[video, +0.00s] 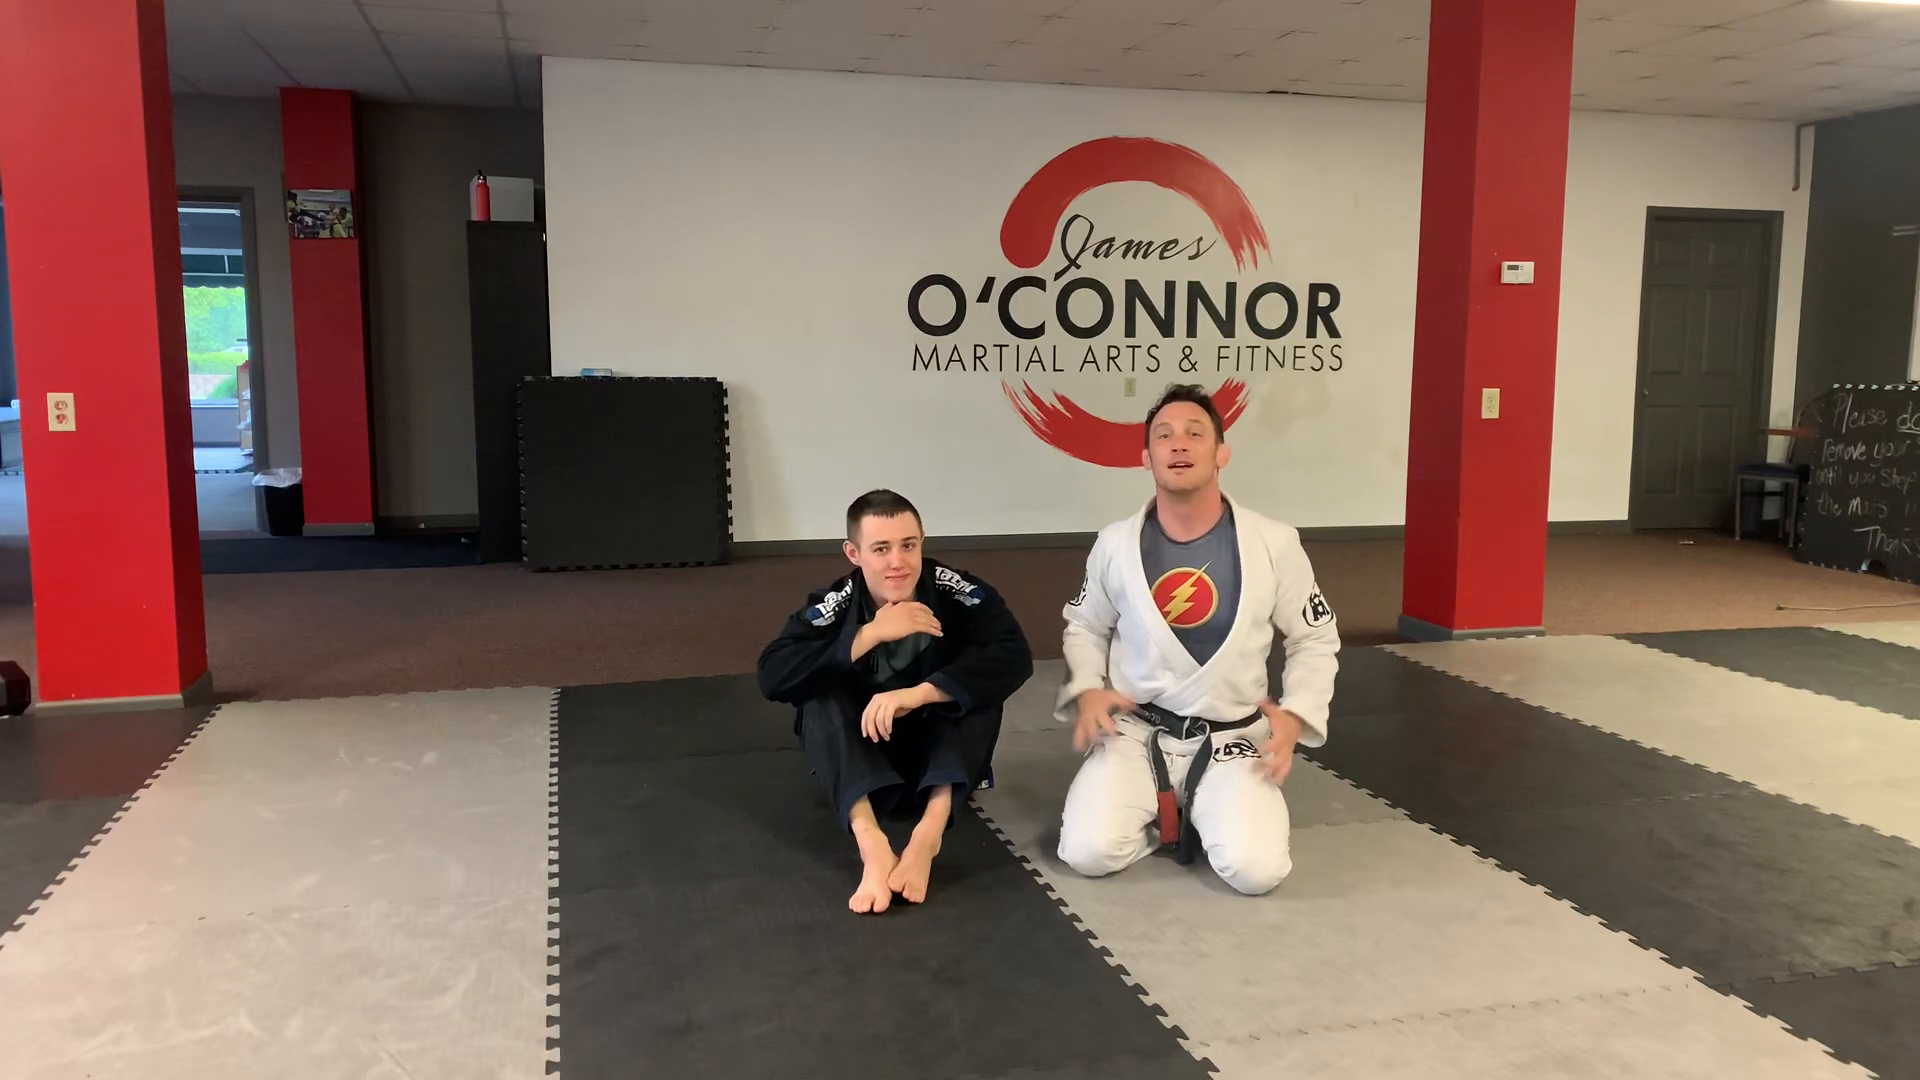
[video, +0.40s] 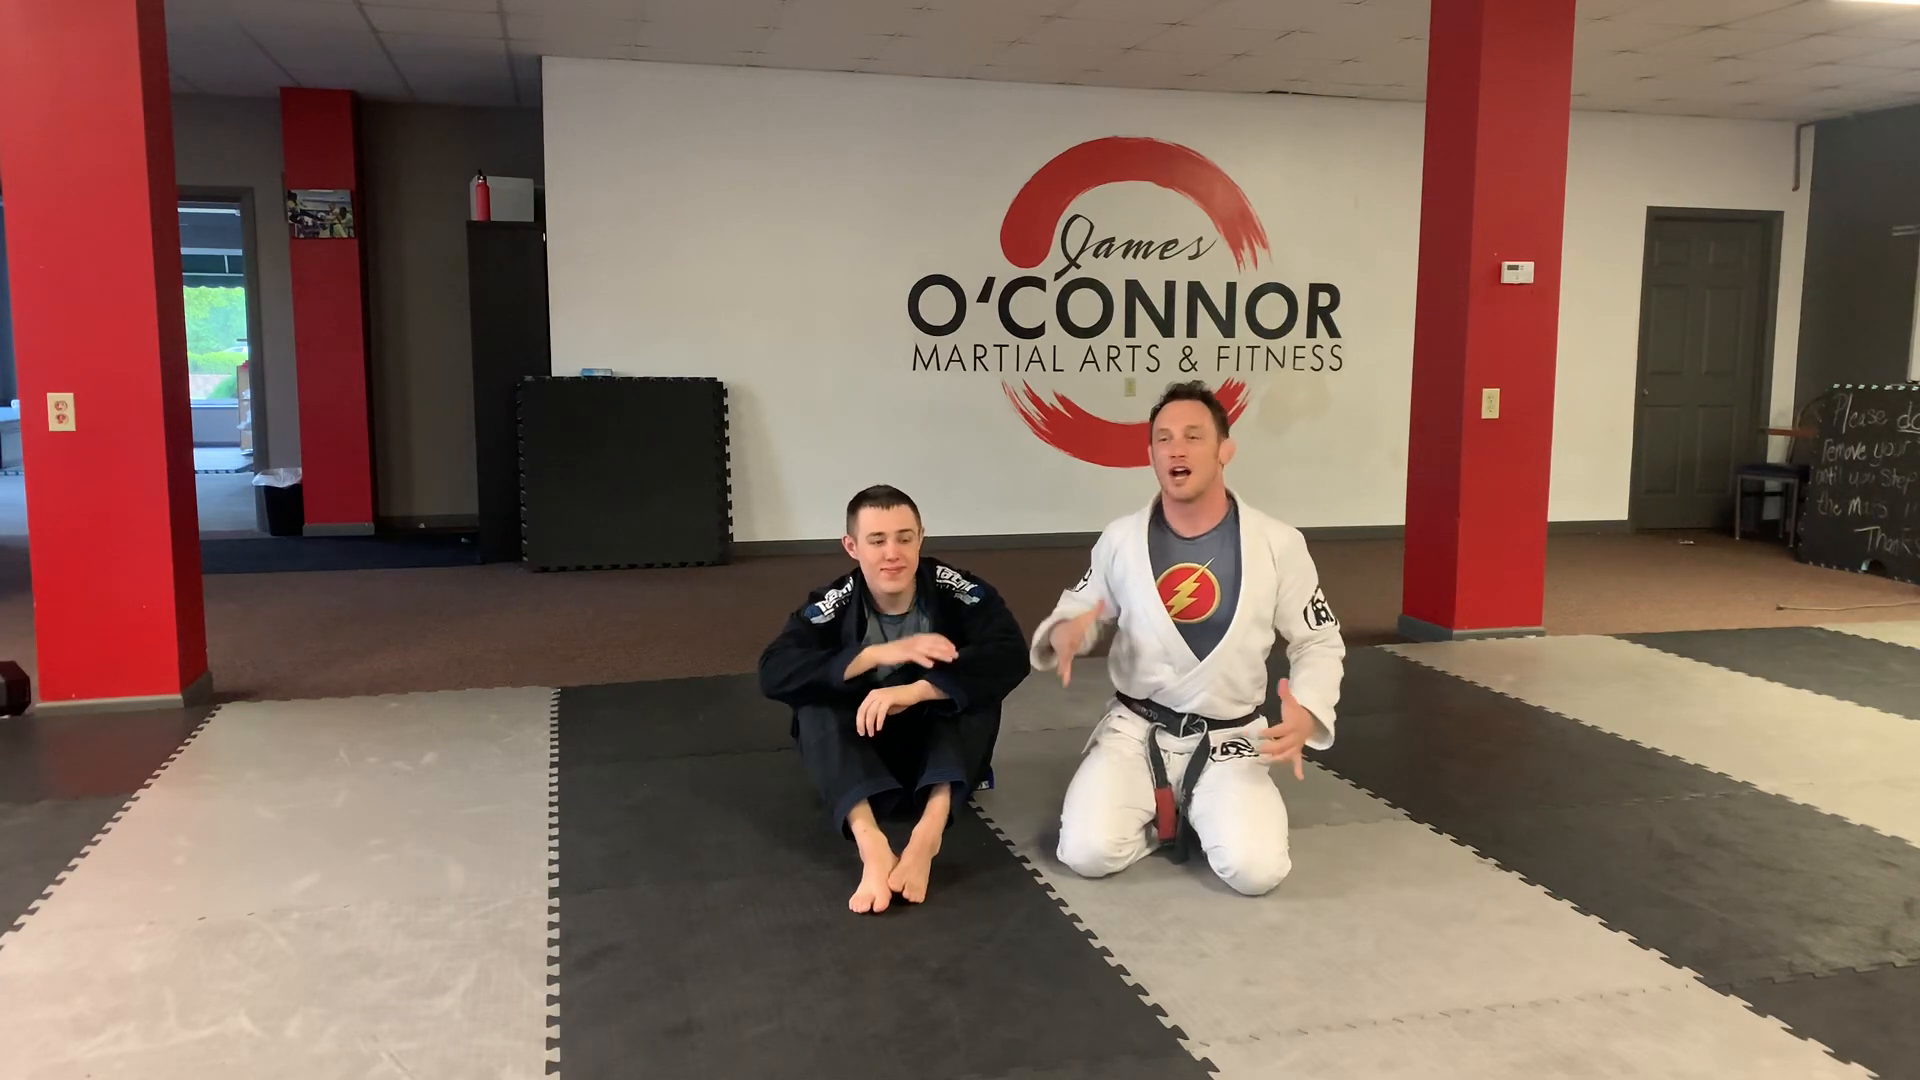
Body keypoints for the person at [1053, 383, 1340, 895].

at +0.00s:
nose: (1178, 443)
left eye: (1194, 432)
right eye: (1164, 434)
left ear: (1222, 455)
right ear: (1146, 460)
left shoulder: (1273, 544)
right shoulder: (1115, 545)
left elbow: (1314, 639)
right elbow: (1086, 626)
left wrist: (1295, 715)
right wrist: (1090, 687)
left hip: (1233, 736)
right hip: (1136, 728)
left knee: (1258, 871)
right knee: (1087, 852)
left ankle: (1212, 803)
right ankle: (1164, 812)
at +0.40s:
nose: (1176, 452)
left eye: (1193, 436)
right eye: (1164, 439)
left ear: (1225, 451)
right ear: (1151, 454)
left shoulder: (1277, 545)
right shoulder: (1120, 541)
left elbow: (1318, 640)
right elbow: (1077, 613)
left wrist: (1308, 710)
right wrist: (1066, 632)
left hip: (1231, 738)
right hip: (1135, 729)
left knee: (1258, 871)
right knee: (1086, 853)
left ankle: (1212, 802)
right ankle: (1166, 811)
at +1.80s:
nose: (1126, 462)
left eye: (1142, 447)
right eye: (1113, 449)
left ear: (1176, 458)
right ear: (1101, 462)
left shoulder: (1239, 545)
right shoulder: (1089, 553)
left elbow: (1282, 657)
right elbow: (1051, 615)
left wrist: (1242, 748)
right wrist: (981, 569)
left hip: (1212, 739)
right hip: (1119, 733)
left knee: (1249, 872)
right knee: (1048, 842)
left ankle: (1191, 805)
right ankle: (1157, 810)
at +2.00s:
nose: (1123, 463)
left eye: (1139, 448)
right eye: (1110, 450)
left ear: (1173, 458)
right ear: (1098, 463)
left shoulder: (1235, 546)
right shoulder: (1086, 553)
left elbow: (1277, 659)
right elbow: (1049, 614)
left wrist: (1231, 750)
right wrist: (978, 569)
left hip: (1207, 739)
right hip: (1113, 732)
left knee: (1245, 871)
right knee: (1045, 840)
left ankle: (1185, 804)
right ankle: (1151, 811)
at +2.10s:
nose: (1121, 464)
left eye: (1138, 448)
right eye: (1109, 451)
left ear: (1171, 459)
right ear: (1097, 463)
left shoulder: (1233, 546)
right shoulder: (1085, 554)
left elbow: (1276, 659)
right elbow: (1047, 615)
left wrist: (1229, 750)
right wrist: (977, 569)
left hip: (1205, 739)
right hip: (1111, 732)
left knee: (1245, 872)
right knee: (1044, 840)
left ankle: (1184, 803)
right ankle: (1152, 811)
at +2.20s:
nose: (1119, 464)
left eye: (1136, 449)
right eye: (1107, 451)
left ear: (1170, 459)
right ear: (1096, 464)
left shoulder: (1232, 546)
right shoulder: (1084, 554)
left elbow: (1275, 659)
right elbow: (1048, 617)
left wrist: (1227, 750)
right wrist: (977, 569)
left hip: (1204, 739)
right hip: (1110, 733)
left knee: (1244, 872)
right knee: (1043, 840)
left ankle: (1183, 803)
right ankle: (1152, 811)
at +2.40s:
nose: (1120, 465)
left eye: (1136, 450)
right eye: (1107, 452)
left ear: (1169, 460)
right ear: (1095, 465)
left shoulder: (1232, 547)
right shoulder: (1083, 555)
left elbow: (1274, 659)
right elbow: (1047, 617)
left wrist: (1227, 749)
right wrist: (978, 570)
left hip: (1204, 738)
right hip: (1110, 732)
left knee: (1244, 871)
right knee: (1043, 839)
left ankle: (1184, 804)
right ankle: (1152, 811)